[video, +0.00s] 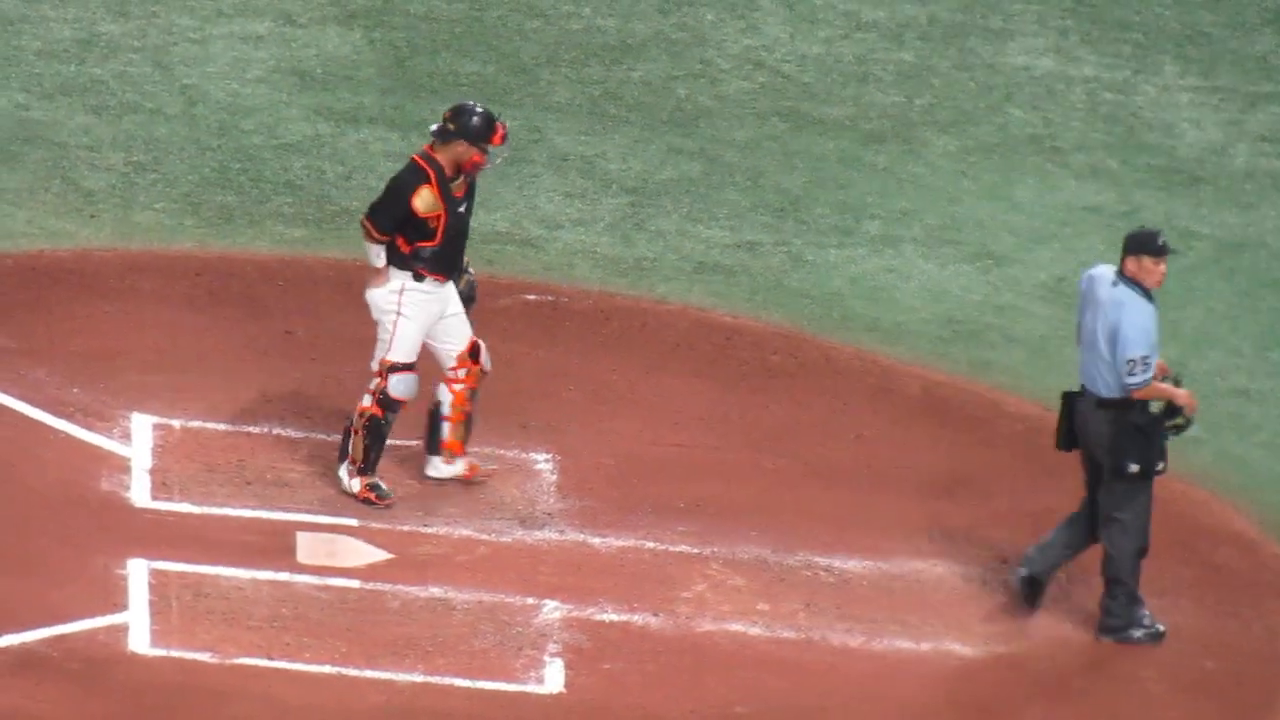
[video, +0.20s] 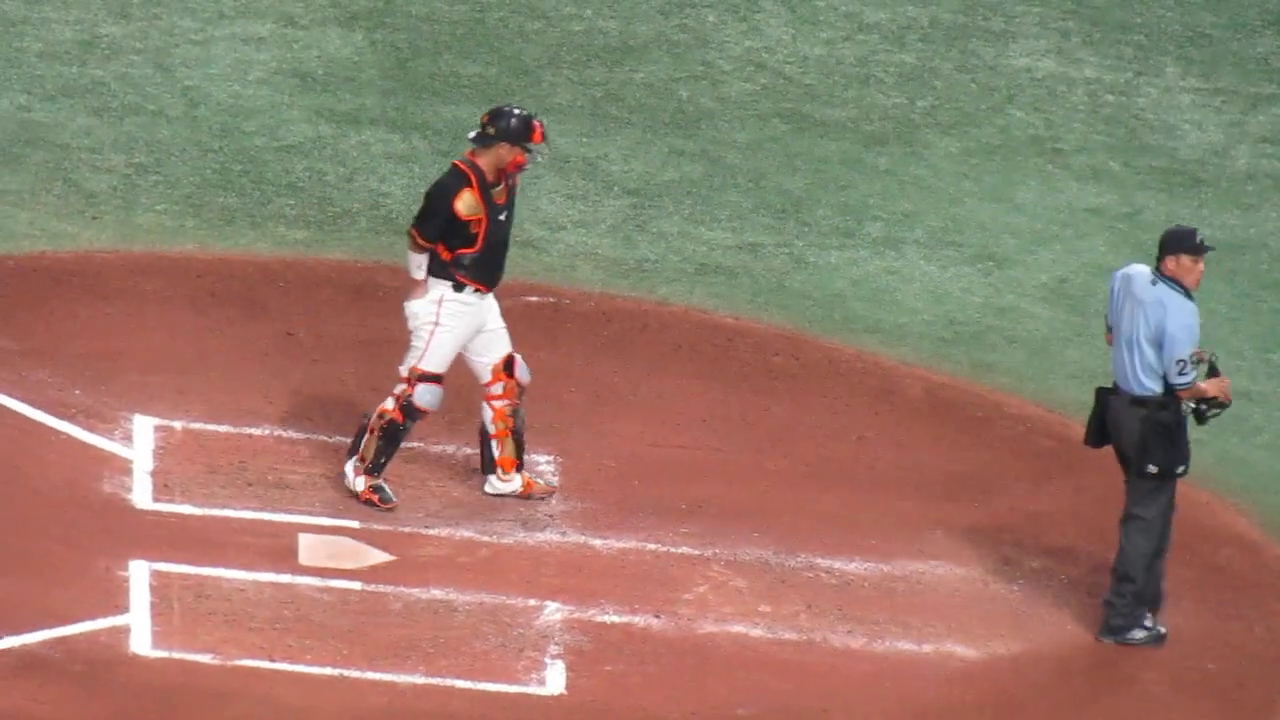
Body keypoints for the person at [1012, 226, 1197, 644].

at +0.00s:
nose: (1163, 269)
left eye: (1163, 261)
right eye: (1155, 261)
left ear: (1130, 264)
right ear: (1132, 263)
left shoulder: (1096, 278)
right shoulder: (1137, 312)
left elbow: (1097, 339)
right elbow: (1137, 384)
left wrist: (1146, 364)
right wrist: (1176, 395)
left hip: (1089, 409)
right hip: (1121, 420)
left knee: (1097, 512)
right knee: (1127, 526)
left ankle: (1035, 569)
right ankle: (1120, 617)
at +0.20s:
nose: (1202, 268)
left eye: (1202, 261)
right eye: (1197, 261)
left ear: (1169, 262)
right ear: (1173, 262)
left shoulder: (1127, 276)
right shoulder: (1181, 311)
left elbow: (1112, 336)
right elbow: (1182, 384)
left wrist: (1171, 353)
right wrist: (1209, 389)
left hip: (1121, 409)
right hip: (1152, 420)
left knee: (1155, 508)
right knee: (1145, 517)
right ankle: (1123, 619)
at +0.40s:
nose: (1227, 260)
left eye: (1226, 252)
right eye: (1221, 253)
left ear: (1192, 256)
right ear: (1197, 256)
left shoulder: (1151, 274)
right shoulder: (1210, 305)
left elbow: (1136, 334)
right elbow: (1215, 379)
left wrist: (1185, 333)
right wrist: (1246, 375)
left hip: (1154, 405)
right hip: (1190, 416)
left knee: (1187, 506)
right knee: (1176, 515)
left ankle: (1204, 595)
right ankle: (1127, 612)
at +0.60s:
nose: (1246, 251)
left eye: (1244, 244)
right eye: (1241, 245)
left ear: (1210, 249)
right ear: (1219, 249)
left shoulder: (1171, 277)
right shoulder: (1237, 296)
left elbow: (1154, 340)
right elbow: (1243, 374)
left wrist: (1200, 339)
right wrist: (1269, 372)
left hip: (1178, 404)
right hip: (1218, 413)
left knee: (1196, 504)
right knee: (1244, 515)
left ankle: (1205, 599)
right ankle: (1173, 588)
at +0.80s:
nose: (1267, 239)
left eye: (1265, 232)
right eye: (1263, 233)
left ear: (1227, 237)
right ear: (1247, 237)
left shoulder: (1188, 271)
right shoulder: (1264, 284)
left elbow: (1168, 336)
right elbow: (1269, 361)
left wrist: (1215, 339)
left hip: (1202, 396)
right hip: (1249, 401)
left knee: (1205, 496)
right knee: (1273, 494)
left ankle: (1204, 594)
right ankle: (1255, 592)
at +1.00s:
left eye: (1279, 233)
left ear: (1245, 235)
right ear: (1276, 237)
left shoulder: (1212, 276)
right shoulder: (1278, 274)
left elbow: (1181, 341)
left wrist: (1224, 331)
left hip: (1231, 398)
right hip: (1275, 399)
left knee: (1214, 496)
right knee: (1279, 493)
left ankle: (1206, 598)